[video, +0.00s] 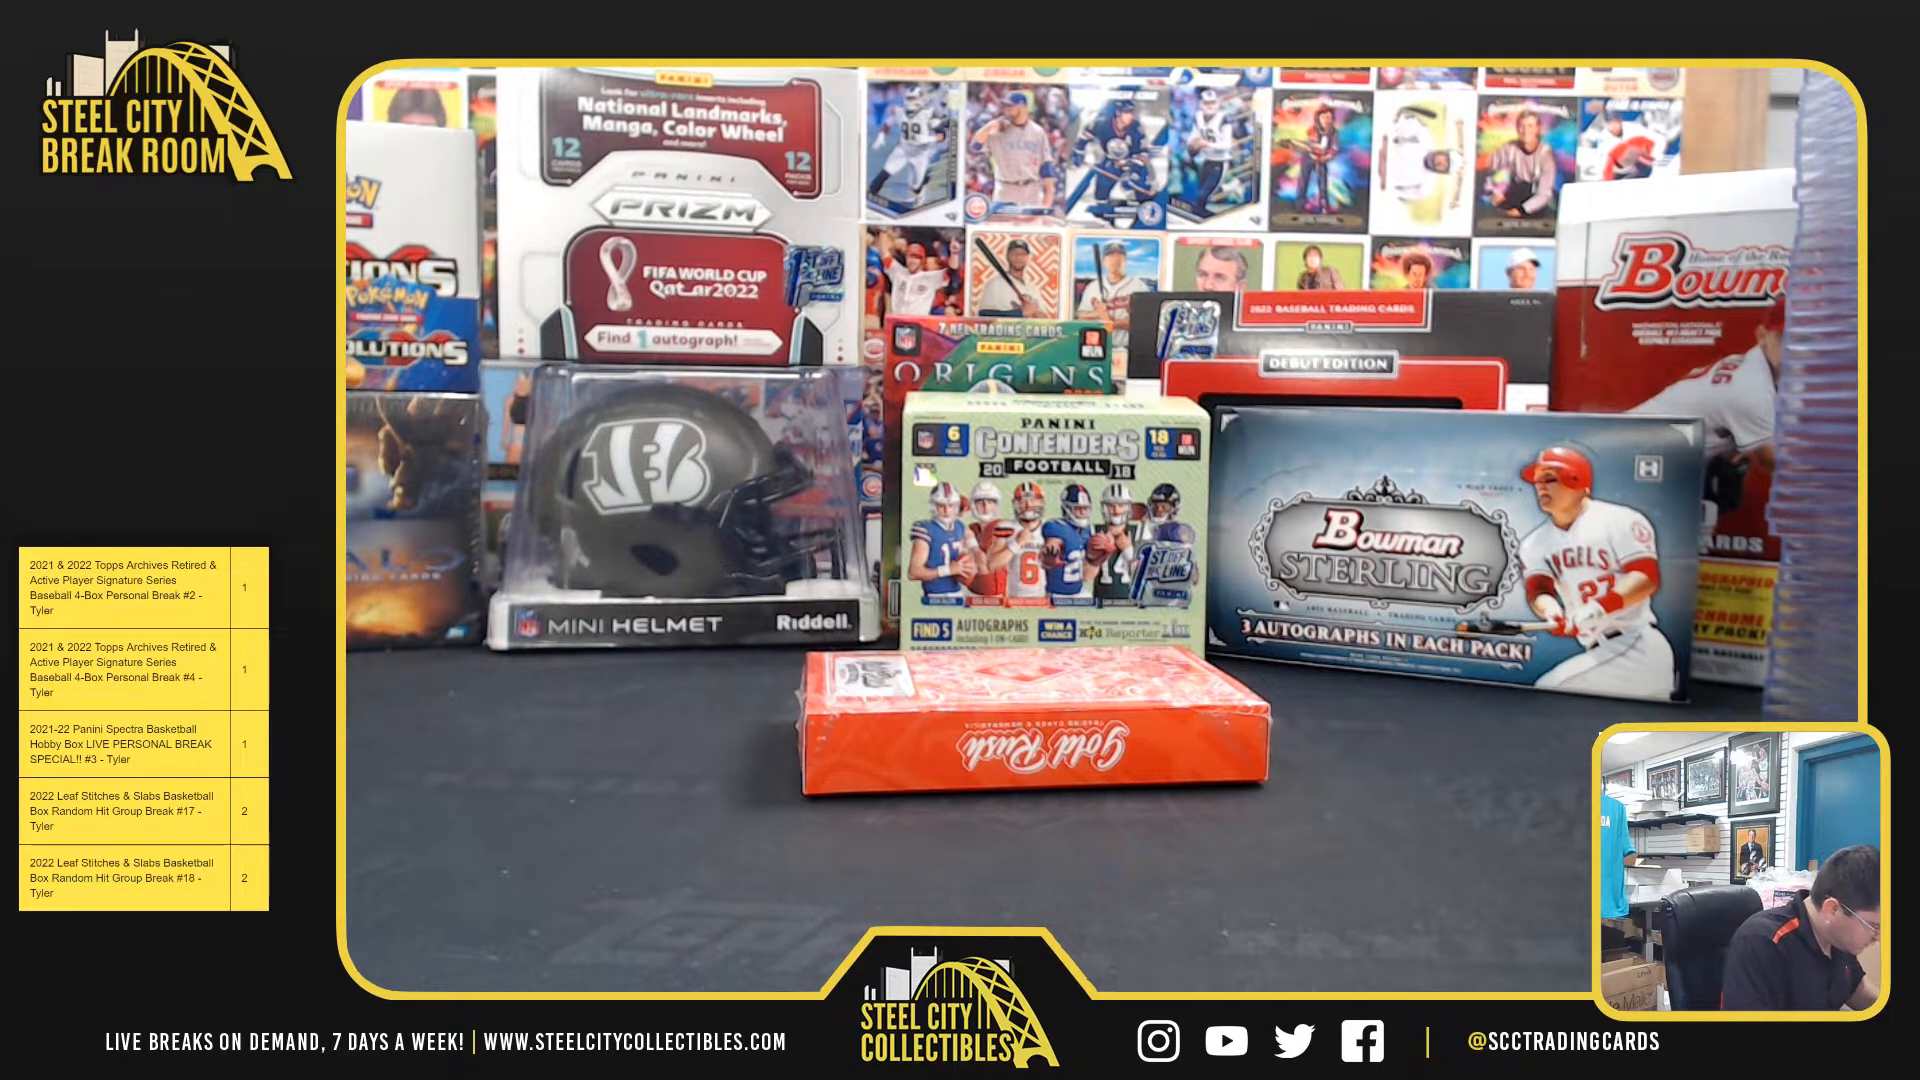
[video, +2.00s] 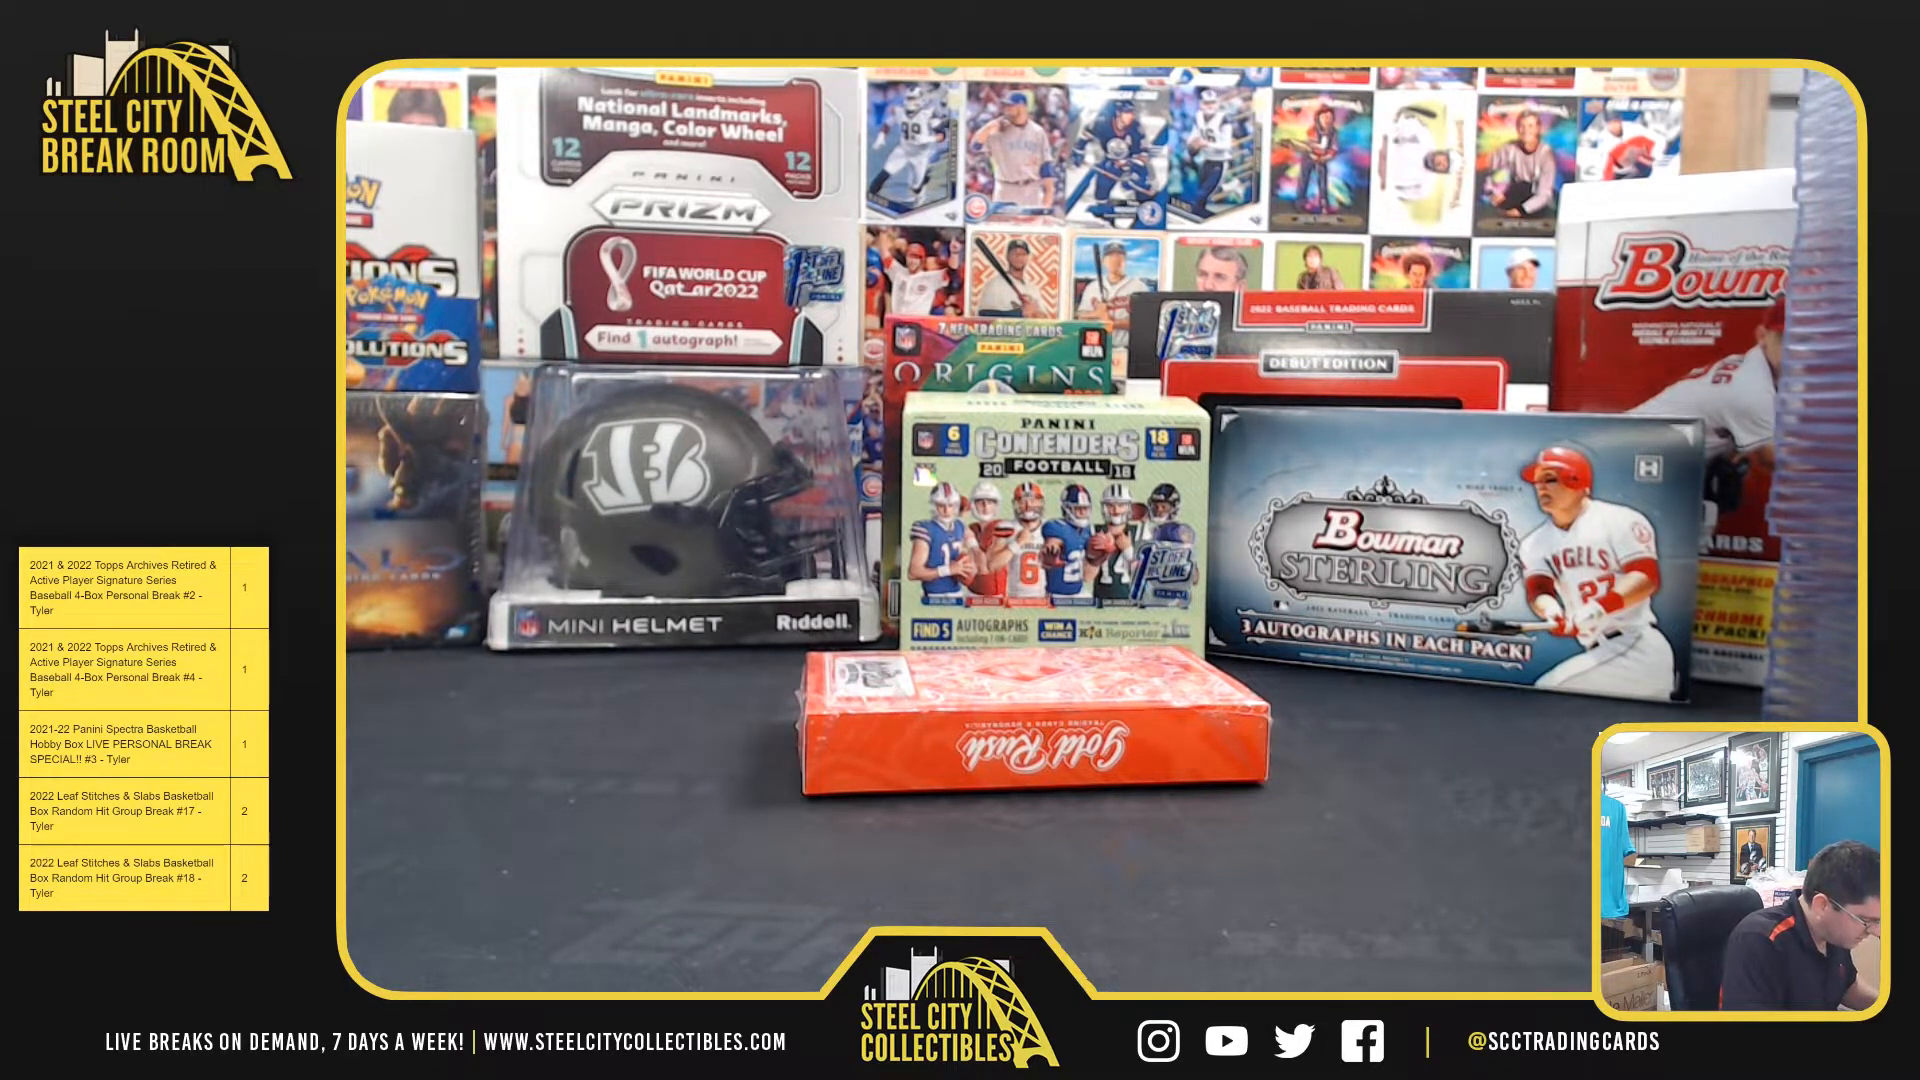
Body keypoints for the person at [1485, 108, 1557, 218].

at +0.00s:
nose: (1526, 131)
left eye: (1530, 126)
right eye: (1522, 126)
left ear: (1538, 129)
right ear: (1517, 129)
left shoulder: (1545, 154)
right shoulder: (1507, 151)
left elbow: (1545, 192)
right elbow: (1491, 178)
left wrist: (1523, 209)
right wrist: (1494, 194)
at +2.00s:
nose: (1526, 130)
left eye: (1531, 126)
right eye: (1522, 126)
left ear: (1539, 129)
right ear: (1517, 130)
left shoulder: (1545, 154)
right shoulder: (1506, 151)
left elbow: (1545, 192)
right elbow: (1490, 179)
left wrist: (1523, 209)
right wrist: (1494, 194)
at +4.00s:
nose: (1526, 130)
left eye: (1530, 126)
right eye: (1522, 126)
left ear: (1539, 128)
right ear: (1518, 130)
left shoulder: (1545, 154)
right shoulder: (1506, 151)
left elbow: (1545, 191)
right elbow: (1490, 178)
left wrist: (1523, 209)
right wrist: (1495, 193)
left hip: (1535, 188)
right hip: (1511, 187)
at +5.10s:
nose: (1526, 130)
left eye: (1531, 126)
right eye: (1522, 126)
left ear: (1538, 128)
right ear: (1518, 129)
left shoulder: (1545, 153)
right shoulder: (1507, 150)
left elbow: (1545, 191)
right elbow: (1489, 178)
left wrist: (1523, 209)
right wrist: (1495, 194)